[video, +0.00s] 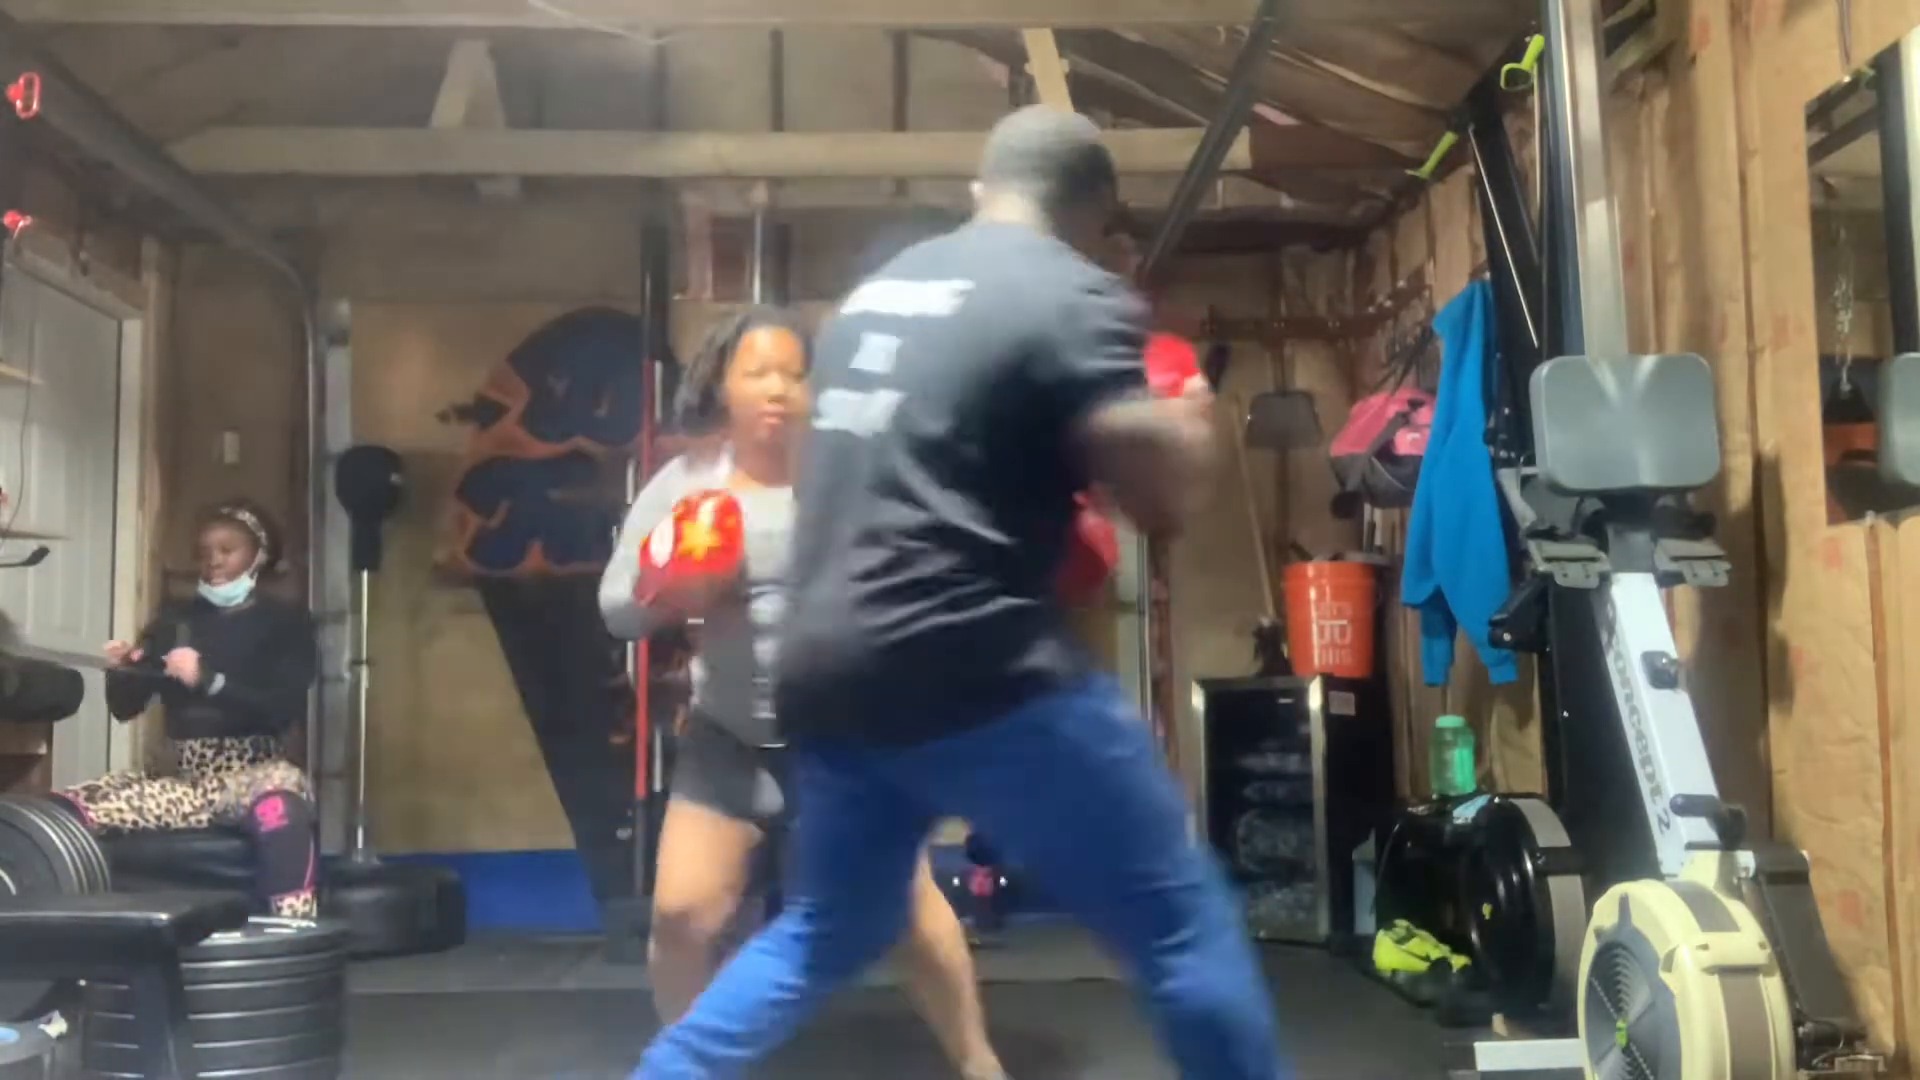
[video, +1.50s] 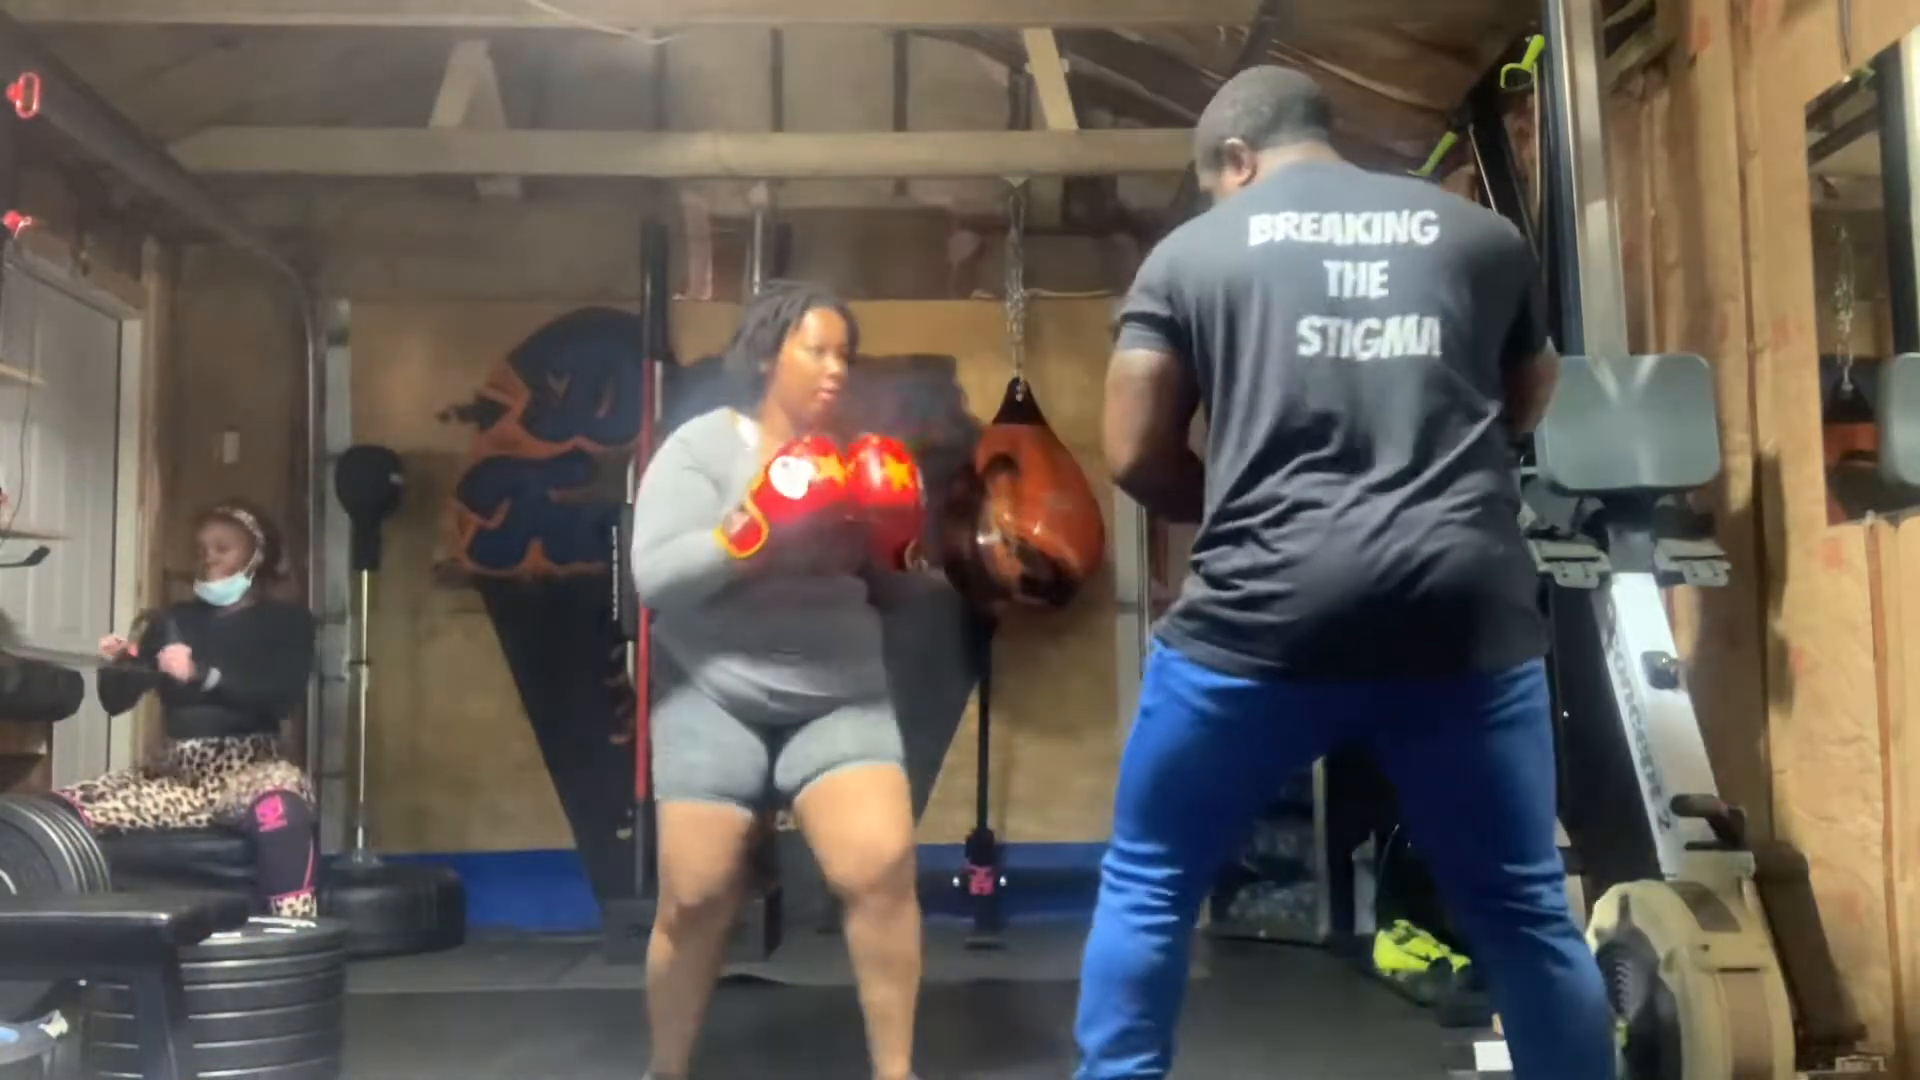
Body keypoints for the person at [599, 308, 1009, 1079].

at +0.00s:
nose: (778, 391)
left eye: (792, 376)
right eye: (759, 374)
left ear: (814, 390)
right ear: (720, 390)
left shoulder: (845, 478)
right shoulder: (683, 482)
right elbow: (617, 604)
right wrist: (674, 596)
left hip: (841, 728)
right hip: (729, 736)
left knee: (916, 907)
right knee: (681, 911)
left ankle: (976, 1062)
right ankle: (688, 1062)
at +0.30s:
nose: (845, 347)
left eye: (852, 333)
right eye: (826, 332)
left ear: (860, 343)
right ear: (774, 341)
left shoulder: (884, 431)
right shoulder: (741, 420)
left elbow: (970, 498)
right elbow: (716, 514)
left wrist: (891, 487)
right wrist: (808, 417)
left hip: (861, 685)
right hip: (733, 677)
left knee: (887, 878)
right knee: (721, 893)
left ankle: (909, 1073)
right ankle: (685, 1067)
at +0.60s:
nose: (833, 327)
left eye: (847, 315)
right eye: (815, 310)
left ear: (861, 332)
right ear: (776, 324)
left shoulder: (901, 406)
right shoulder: (727, 413)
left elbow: (1001, 450)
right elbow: (656, 529)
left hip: (884, 672)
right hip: (748, 667)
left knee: (879, 869)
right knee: (707, 867)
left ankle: (909, 1073)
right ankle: (657, 1054)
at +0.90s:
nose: (890, 323)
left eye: (899, 307)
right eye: (871, 307)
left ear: (914, 318)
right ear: (821, 316)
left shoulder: (933, 397)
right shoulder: (777, 382)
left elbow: (997, 529)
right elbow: (724, 460)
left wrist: (998, 448)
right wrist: (825, 381)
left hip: (909, 667)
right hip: (779, 647)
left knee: (891, 870)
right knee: (731, 860)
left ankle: (911, 1073)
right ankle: (658, 1053)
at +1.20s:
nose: (876, 343)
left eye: (887, 329)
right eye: (858, 326)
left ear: (897, 340)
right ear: (809, 330)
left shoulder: (908, 427)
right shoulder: (761, 399)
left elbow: (945, 561)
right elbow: (762, 494)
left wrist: (961, 474)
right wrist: (876, 443)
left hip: (877, 666)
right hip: (750, 647)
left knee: (883, 871)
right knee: (721, 879)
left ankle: (911, 1073)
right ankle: (660, 1061)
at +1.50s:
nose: (835, 371)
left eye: (844, 357)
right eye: (819, 352)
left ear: (850, 368)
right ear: (767, 354)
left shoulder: (856, 456)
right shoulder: (700, 445)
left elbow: (898, 583)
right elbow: (655, 574)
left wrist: (894, 533)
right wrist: (755, 528)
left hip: (843, 697)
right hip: (711, 695)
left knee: (880, 866)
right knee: (697, 892)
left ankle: (894, 1071)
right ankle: (668, 1071)